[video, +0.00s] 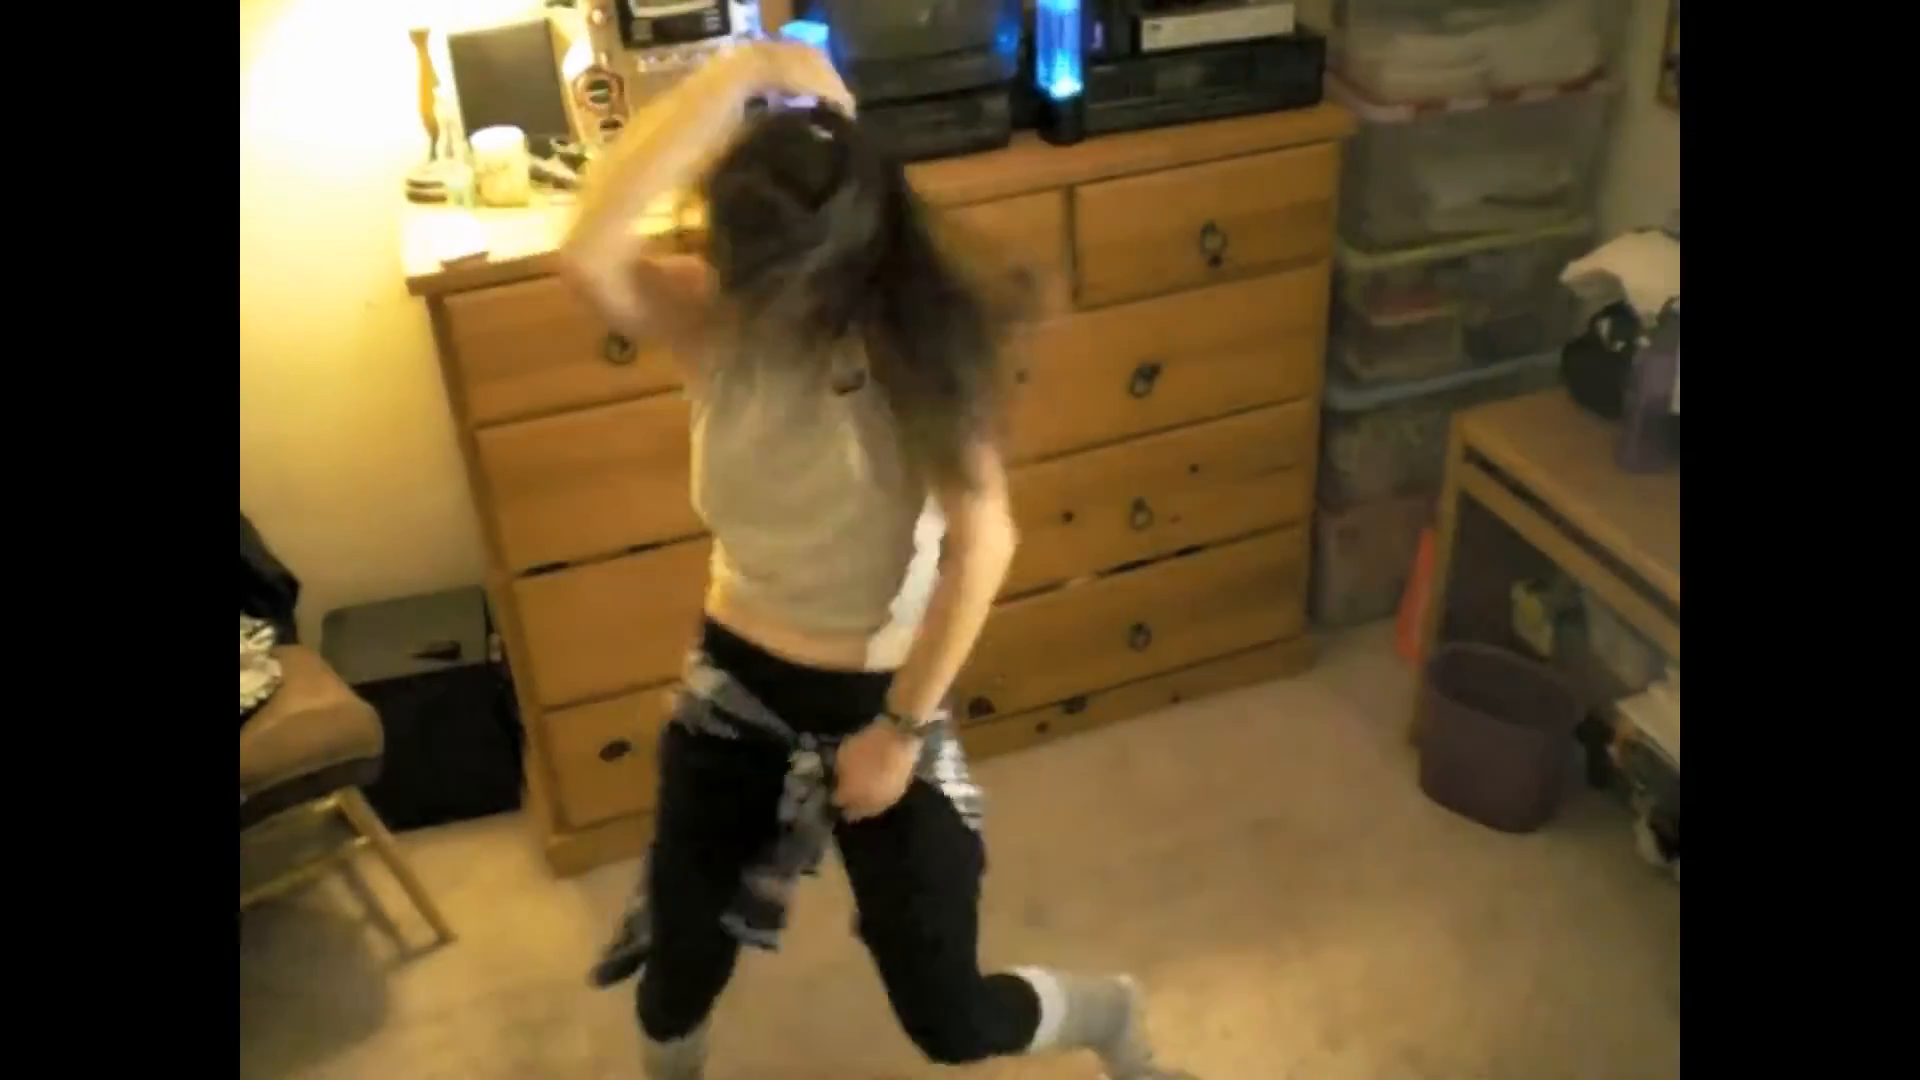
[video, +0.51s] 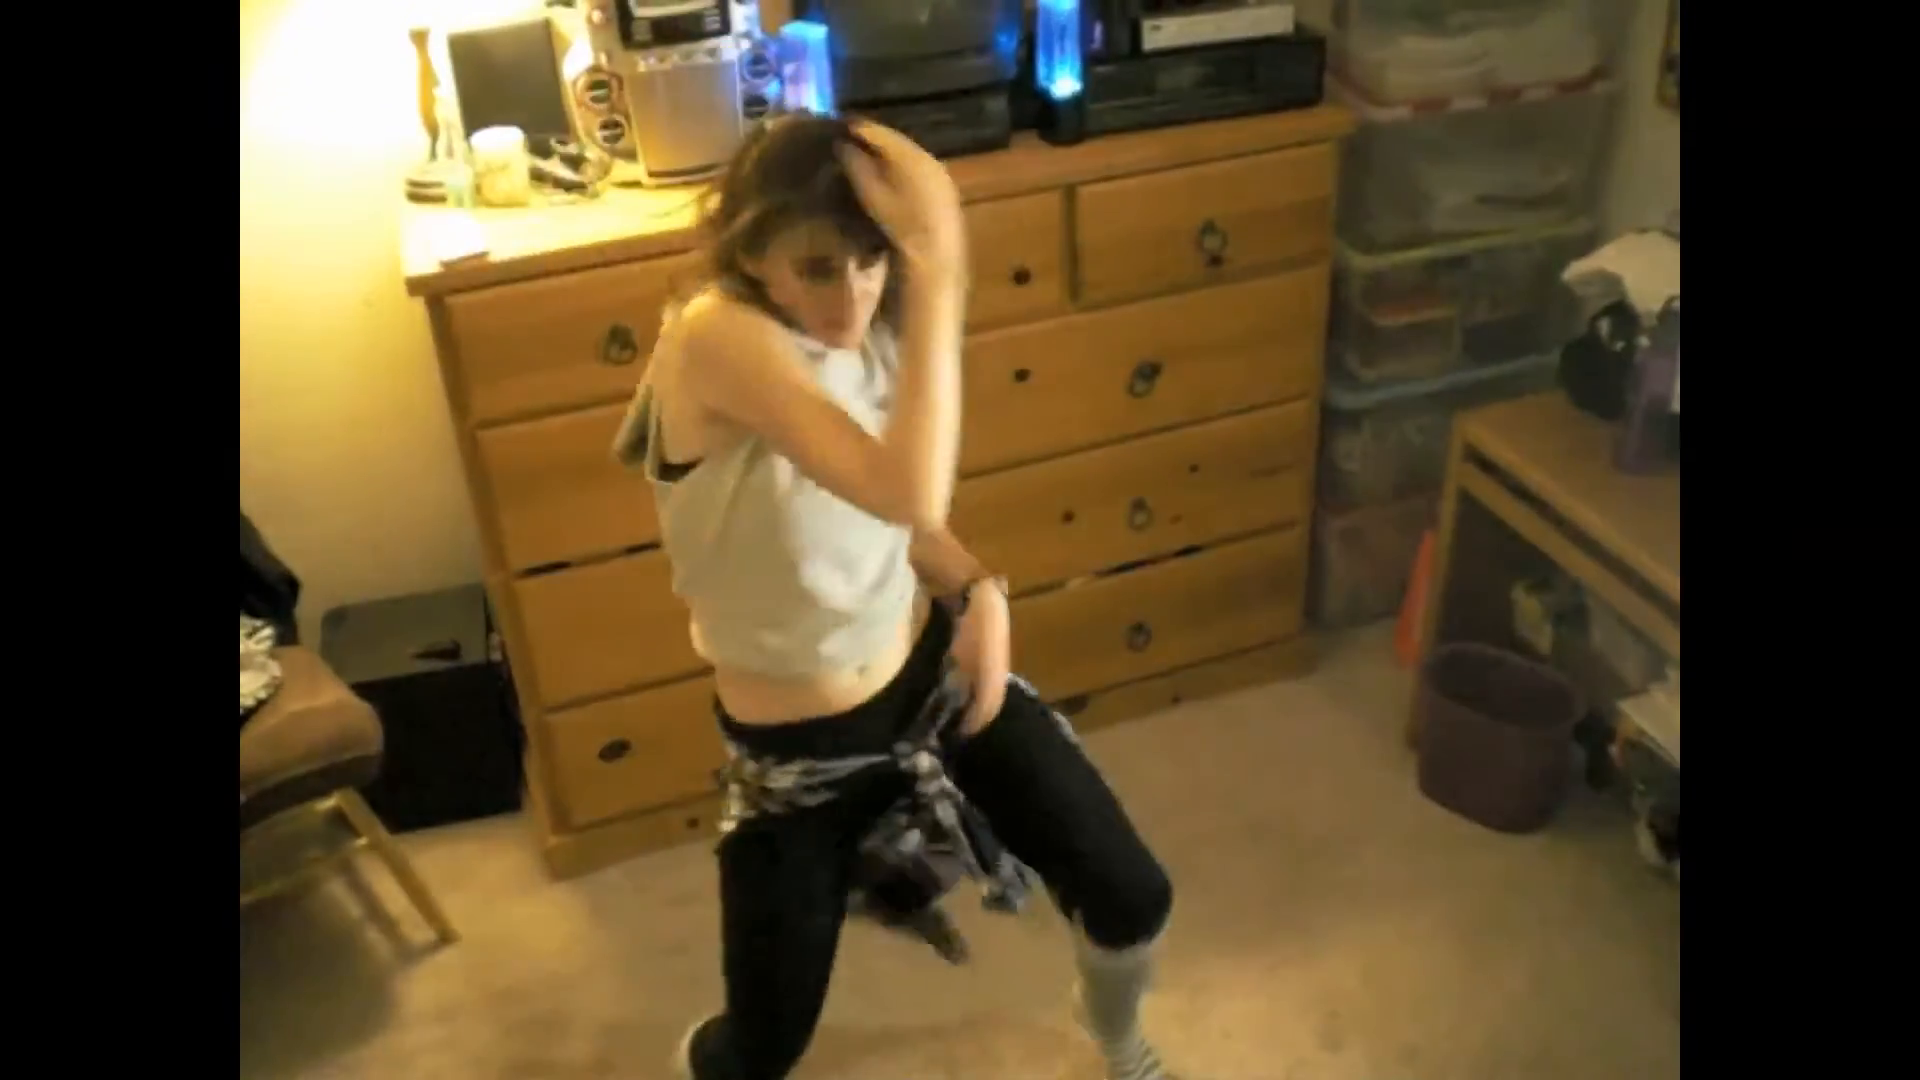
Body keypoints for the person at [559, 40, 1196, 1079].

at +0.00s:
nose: (779, 322)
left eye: (802, 300)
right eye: (758, 296)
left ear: (855, 264)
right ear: (733, 255)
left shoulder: (922, 338)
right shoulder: (719, 315)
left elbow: (984, 533)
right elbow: (589, 260)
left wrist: (899, 726)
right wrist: (729, 76)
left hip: (884, 708)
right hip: (738, 686)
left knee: (947, 1022)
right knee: (679, 972)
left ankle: (1108, 1012)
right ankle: (668, 1061)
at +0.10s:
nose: (776, 299)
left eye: (812, 280)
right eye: (761, 266)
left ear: (872, 271)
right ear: (727, 247)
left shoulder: (922, 349)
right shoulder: (716, 342)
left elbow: (1027, 515)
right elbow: (659, 319)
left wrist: (946, 702)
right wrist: (789, 116)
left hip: (917, 704)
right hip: (770, 705)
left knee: (990, 1007)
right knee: (693, 1002)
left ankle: (1116, 1010)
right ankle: (682, 1064)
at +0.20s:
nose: (825, 295)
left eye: (855, 264)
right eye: (806, 261)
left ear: (889, 270)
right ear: (753, 249)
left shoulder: (926, 352)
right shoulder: (688, 331)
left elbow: (1038, 497)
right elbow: (723, 367)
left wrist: (976, 672)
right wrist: (820, 159)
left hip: (941, 705)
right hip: (797, 737)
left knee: (1057, 968)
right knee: (724, 1015)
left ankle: (1132, 1046)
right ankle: (688, 1071)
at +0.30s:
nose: (800, 298)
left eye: (830, 269)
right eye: (771, 266)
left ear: (875, 276)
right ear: (739, 256)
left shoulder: (926, 374)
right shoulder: (686, 331)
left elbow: (1018, 509)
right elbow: (772, 389)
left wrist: (987, 657)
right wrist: (837, 174)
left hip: (958, 713)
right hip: (808, 762)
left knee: (1095, 942)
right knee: (758, 1027)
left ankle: (1135, 1046)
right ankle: (710, 1069)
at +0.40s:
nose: (834, 307)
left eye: (855, 275)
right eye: (804, 275)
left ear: (890, 269)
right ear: (745, 255)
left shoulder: (886, 358)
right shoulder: (697, 336)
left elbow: (954, 511)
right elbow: (855, 442)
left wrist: (984, 632)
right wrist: (879, 211)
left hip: (956, 706)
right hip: (806, 769)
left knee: (1126, 935)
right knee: (766, 1049)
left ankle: (1130, 1053)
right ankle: (705, 1066)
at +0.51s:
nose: (850, 300)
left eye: (871, 262)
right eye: (816, 272)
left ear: (890, 251)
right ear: (749, 257)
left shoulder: (875, 331)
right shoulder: (715, 337)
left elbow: (889, 510)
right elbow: (908, 490)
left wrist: (980, 591)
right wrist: (938, 264)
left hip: (937, 686)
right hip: (797, 761)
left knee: (1133, 899)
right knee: (763, 1045)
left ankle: (1115, 1039)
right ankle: (703, 1066)